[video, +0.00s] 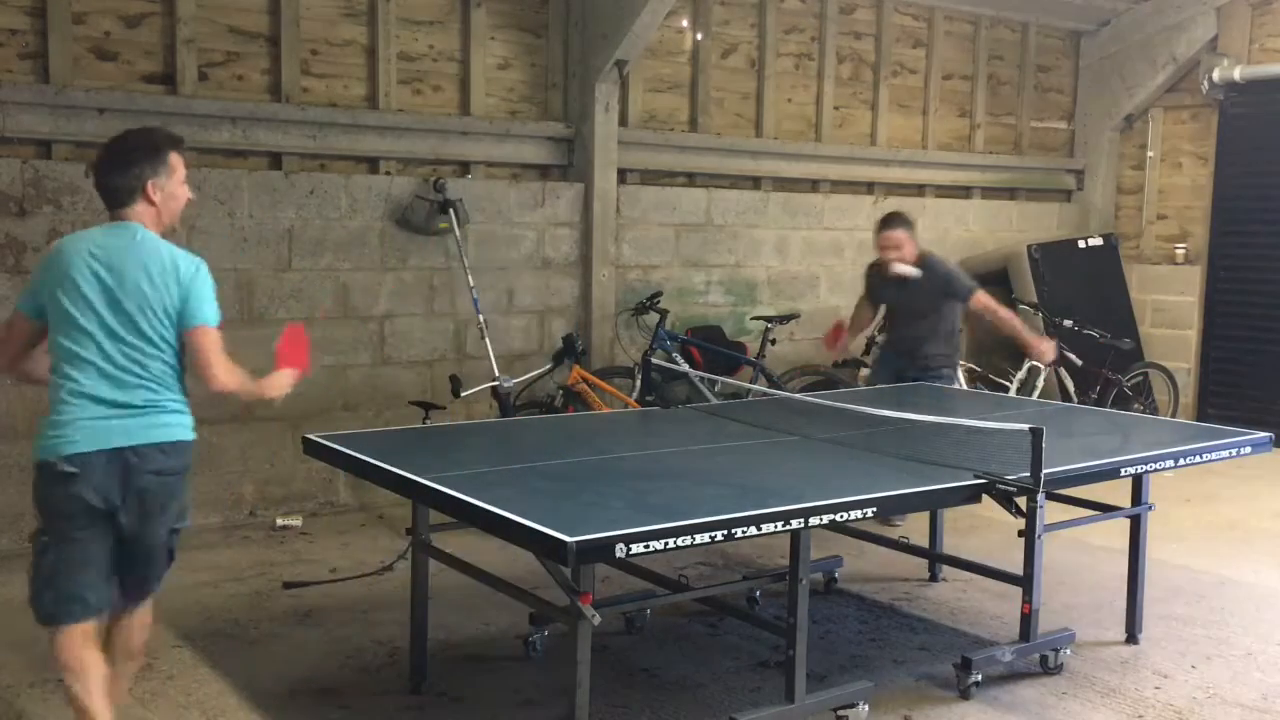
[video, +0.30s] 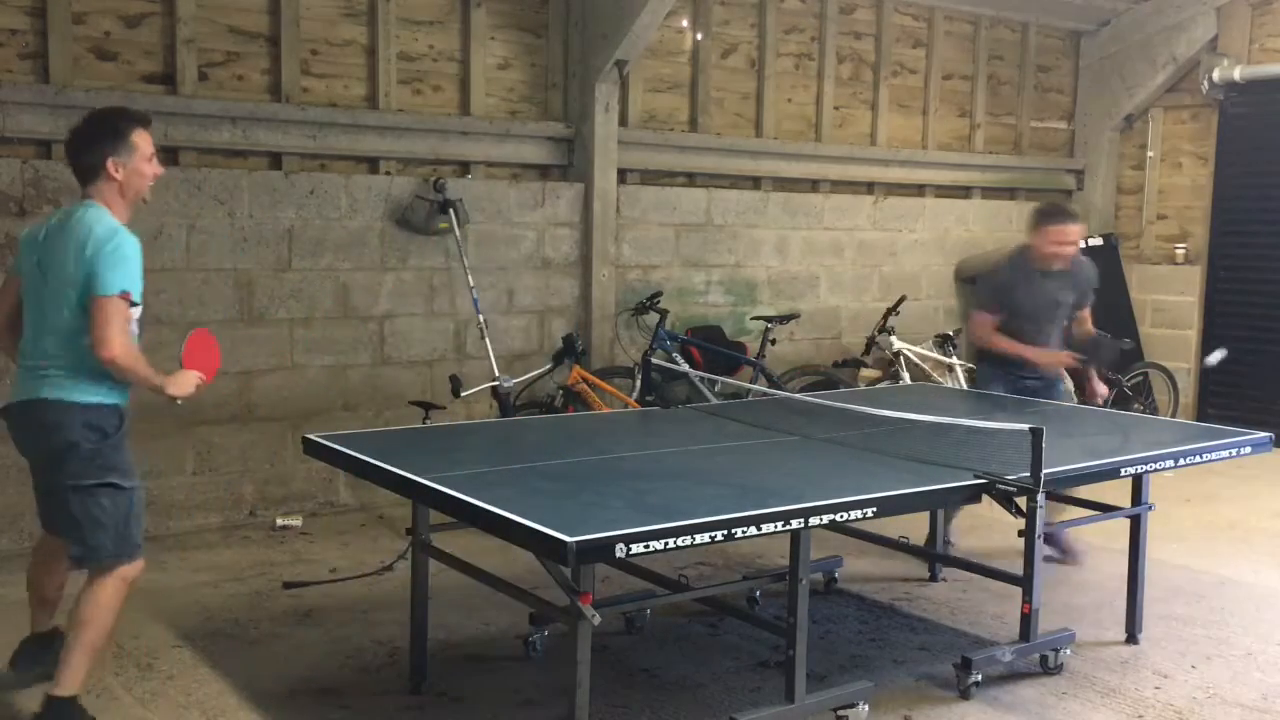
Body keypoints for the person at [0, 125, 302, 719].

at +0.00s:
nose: (189, 193)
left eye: (186, 179)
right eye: (181, 180)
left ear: (120, 191)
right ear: (151, 190)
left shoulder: (63, 256)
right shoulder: (186, 268)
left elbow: (14, 359)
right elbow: (214, 375)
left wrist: (78, 370)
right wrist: (264, 387)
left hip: (72, 455)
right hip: (159, 451)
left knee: (72, 619)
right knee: (137, 598)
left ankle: (98, 712)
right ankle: (108, 706)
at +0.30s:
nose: (160, 170)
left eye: (157, 156)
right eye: (151, 158)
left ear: (103, 170)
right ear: (113, 169)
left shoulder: (37, 234)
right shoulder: (115, 240)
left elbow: (10, 326)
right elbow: (112, 347)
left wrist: (50, 362)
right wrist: (166, 380)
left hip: (29, 408)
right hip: (80, 414)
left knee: (58, 533)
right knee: (121, 561)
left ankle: (40, 642)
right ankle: (63, 699)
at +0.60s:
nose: (130, 176)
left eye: (126, 163)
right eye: (118, 165)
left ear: (87, 178)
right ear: (82, 177)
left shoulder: (81, 243)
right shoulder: (55, 247)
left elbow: (75, 336)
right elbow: (29, 348)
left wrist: (131, 367)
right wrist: (113, 386)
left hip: (71, 411)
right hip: (46, 417)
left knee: (64, 536)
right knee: (97, 550)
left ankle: (21, 649)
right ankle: (46, 696)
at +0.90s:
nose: (142, 172)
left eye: (138, 161)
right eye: (130, 163)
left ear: (106, 180)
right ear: (93, 179)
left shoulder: (125, 259)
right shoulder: (56, 247)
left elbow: (150, 341)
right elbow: (21, 342)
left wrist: (199, 381)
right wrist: (106, 377)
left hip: (86, 416)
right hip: (40, 414)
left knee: (59, 539)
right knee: (87, 551)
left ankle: (21, 647)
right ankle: (75, 698)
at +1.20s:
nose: (181, 184)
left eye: (177, 172)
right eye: (166, 174)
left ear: (141, 189)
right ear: (124, 190)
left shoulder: (180, 264)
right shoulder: (78, 270)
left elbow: (202, 350)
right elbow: (44, 373)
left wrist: (219, 393)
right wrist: (116, 410)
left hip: (144, 435)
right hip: (78, 434)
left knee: (122, 549)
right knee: (112, 575)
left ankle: (54, 628)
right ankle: (100, 709)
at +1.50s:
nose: (228, 208)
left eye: (230, 194)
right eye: (215, 195)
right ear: (168, 198)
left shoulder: (239, 259)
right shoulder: (111, 277)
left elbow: (283, 322)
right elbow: (80, 375)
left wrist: (279, 343)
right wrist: (48, 458)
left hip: (218, 448)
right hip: (144, 449)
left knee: (222, 569)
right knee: (169, 587)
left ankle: (146, 667)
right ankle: (163, 711)